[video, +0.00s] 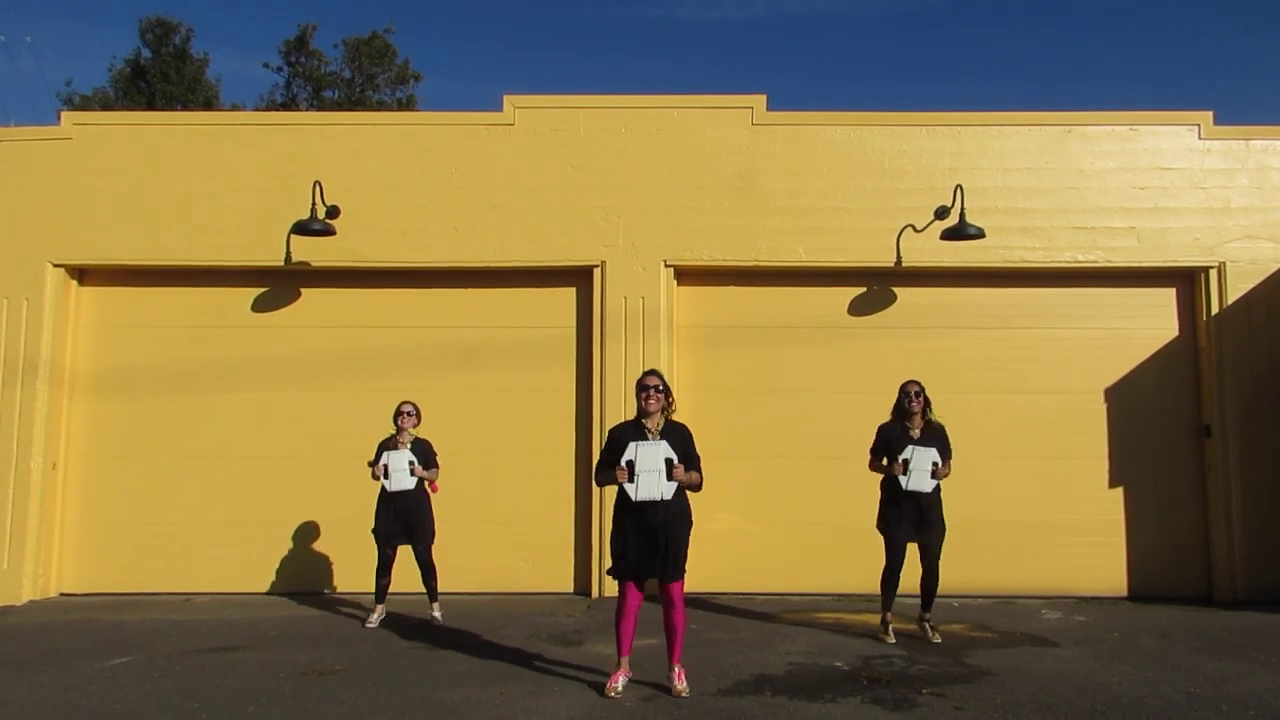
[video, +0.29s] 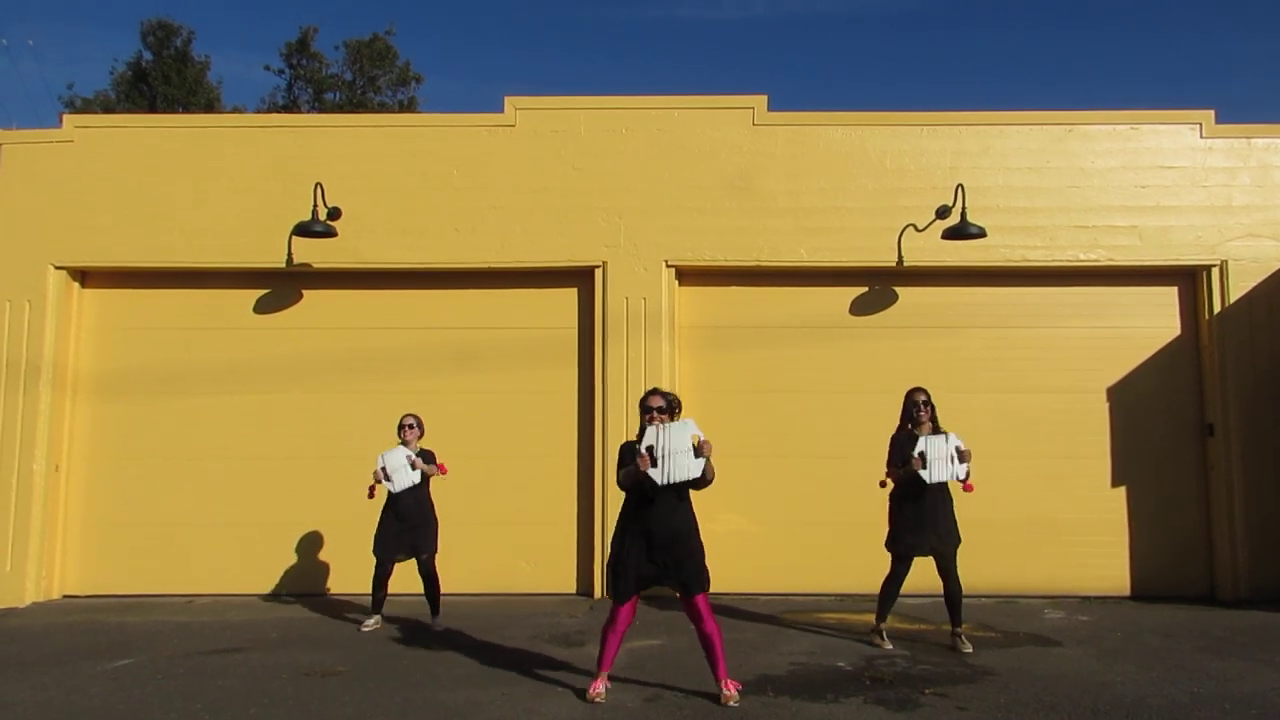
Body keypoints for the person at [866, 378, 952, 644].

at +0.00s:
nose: (913, 399)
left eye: (917, 394)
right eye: (907, 395)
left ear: (925, 399)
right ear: (900, 400)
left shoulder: (937, 430)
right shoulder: (888, 430)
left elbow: (947, 461)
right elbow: (873, 464)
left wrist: (943, 471)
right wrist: (890, 469)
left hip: (929, 507)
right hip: (896, 506)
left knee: (931, 564)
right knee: (894, 563)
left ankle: (925, 618)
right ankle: (886, 620)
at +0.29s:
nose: (921, 408)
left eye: (925, 404)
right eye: (915, 405)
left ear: (932, 407)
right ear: (907, 409)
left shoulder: (943, 438)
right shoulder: (901, 438)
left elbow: (958, 474)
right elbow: (893, 475)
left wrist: (964, 460)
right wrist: (909, 468)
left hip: (940, 515)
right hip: (908, 516)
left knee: (949, 574)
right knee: (898, 572)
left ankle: (958, 632)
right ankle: (878, 628)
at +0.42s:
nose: (924, 392)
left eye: (927, 387)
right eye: (918, 389)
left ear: (934, 392)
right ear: (909, 397)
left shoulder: (949, 421)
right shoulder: (903, 425)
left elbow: (980, 442)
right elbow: (896, 462)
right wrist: (895, 480)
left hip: (942, 501)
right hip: (908, 502)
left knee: (949, 563)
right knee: (899, 556)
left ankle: (954, 626)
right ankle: (869, 598)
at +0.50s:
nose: (927, 394)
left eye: (930, 390)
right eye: (921, 392)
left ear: (936, 395)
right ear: (912, 400)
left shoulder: (951, 421)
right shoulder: (907, 428)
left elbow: (992, 423)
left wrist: (1006, 404)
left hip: (945, 504)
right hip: (912, 504)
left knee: (951, 567)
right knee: (901, 561)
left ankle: (951, 628)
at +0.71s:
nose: (927, 395)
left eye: (930, 390)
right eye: (920, 392)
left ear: (936, 396)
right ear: (911, 399)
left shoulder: (949, 422)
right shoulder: (904, 430)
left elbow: (985, 419)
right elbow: (893, 465)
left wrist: (1006, 406)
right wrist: (892, 486)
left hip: (943, 506)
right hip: (910, 506)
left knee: (946, 566)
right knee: (904, 561)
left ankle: (953, 629)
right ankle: (877, 552)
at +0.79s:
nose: (925, 397)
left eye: (929, 393)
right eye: (919, 394)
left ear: (935, 398)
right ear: (909, 400)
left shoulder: (947, 423)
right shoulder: (900, 428)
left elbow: (980, 436)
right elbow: (890, 467)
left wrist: (985, 433)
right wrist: (906, 473)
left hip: (942, 502)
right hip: (907, 503)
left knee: (949, 565)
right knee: (902, 562)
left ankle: (959, 624)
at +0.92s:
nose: (922, 410)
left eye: (926, 406)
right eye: (916, 406)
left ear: (933, 410)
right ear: (908, 410)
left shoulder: (942, 441)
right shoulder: (899, 439)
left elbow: (956, 482)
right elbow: (887, 478)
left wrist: (955, 470)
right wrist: (904, 463)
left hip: (937, 513)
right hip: (904, 513)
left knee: (947, 573)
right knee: (903, 573)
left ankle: (963, 629)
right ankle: (888, 629)